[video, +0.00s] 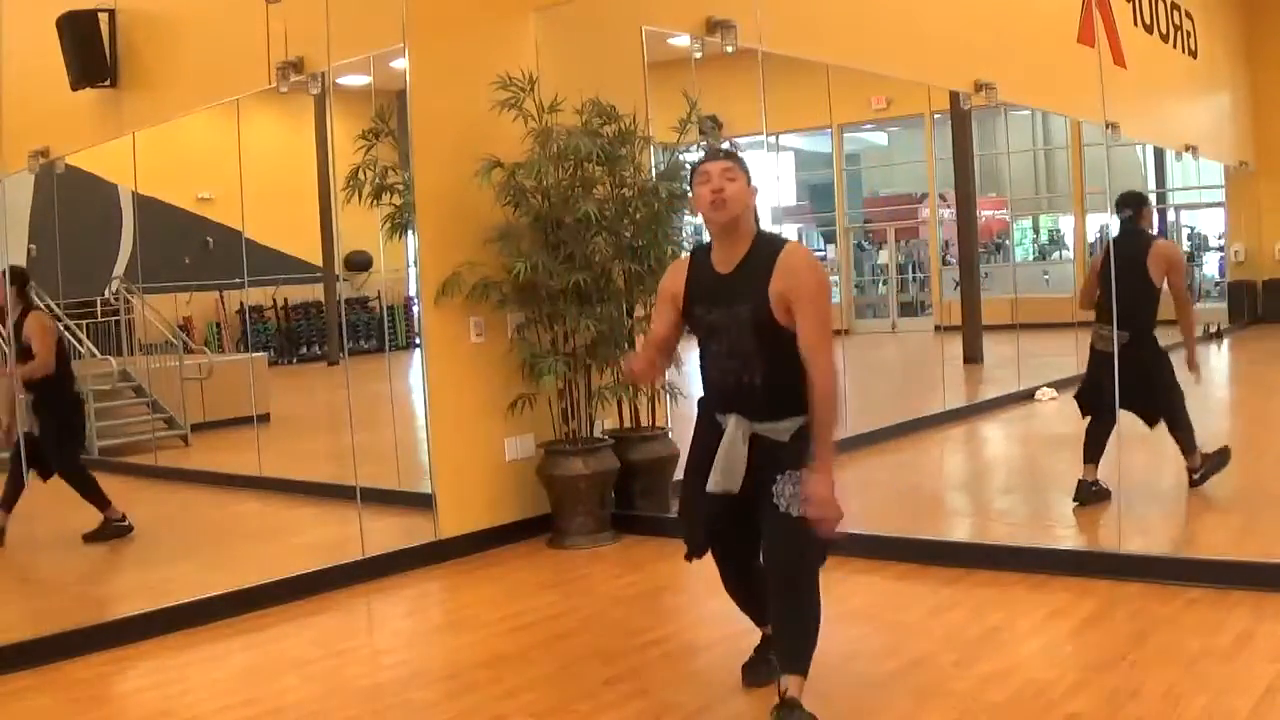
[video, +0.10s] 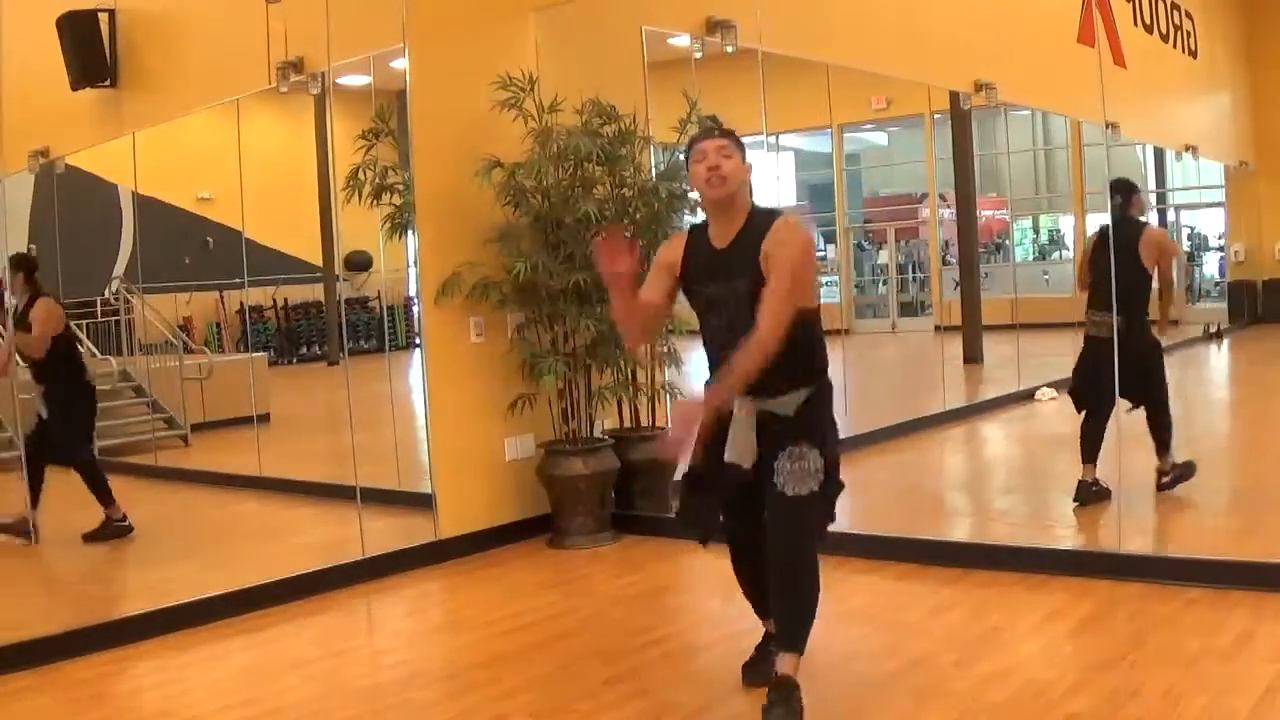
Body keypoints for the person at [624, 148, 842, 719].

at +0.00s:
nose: (717, 188)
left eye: (728, 178)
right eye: (705, 182)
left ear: (752, 191)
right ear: (694, 202)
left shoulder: (795, 266)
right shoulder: (683, 274)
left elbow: (822, 371)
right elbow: (657, 351)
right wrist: (645, 363)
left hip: (789, 434)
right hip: (721, 433)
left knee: (790, 564)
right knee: (731, 553)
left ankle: (791, 694)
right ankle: (773, 631)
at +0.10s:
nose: (713, 165)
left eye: (724, 155)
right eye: (701, 160)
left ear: (746, 168)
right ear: (691, 181)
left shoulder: (784, 232)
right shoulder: (680, 249)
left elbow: (771, 331)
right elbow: (637, 332)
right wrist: (619, 284)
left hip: (795, 406)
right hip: (732, 408)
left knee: (791, 535)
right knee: (743, 533)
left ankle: (787, 668)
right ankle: (775, 628)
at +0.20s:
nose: (711, 158)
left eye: (722, 149)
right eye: (699, 153)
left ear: (744, 164)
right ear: (689, 174)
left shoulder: (779, 223)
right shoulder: (676, 238)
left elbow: (731, 298)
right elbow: (624, 293)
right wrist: (611, 223)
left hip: (803, 397)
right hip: (740, 403)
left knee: (786, 522)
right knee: (754, 523)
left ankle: (798, 644)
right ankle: (775, 633)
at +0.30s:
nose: (708, 167)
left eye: (719, 156)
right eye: (696, 160)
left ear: (739, 167)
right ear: (684, 178)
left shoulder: (770, 225)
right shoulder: (676, 238)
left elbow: (705, 285)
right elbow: (633, 295)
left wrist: (623, 239)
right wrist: (615, 226)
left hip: (803, 391)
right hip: (743, 395)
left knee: (778, 512)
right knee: (754, 519)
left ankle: (817, 602)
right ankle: (778, 632)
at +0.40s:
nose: (700, 191)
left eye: (711, 176)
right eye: (689, 181)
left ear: (735, 171)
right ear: (679, 186)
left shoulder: (774, 224)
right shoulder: (679, 237)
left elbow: (726, 305)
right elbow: (662, 302)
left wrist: (644, 297)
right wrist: (625, 290)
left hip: (802, 388)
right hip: (742, 392)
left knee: (773, 515)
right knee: (753, 514)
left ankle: (832, 559)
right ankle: (779, 635)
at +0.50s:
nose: (699, 214)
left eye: (706, 198)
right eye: (687, 205)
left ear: (731, 180)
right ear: (678, 201)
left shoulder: (784, 229)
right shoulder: (683, 241)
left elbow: (785, 334)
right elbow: (669, 332)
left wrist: (756, 419)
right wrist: (662, 411)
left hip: (798, 392)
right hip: (734, 395)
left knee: (776, 509)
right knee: (749, 515)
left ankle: (828, 555)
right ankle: (777, 637)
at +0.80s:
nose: (720, 220)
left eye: (730, 202)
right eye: (705, 208)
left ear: (752, 193)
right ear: (692, 209)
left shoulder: (799, 232)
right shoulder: (679, 245)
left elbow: (869, 197)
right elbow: (706, 307)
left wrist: (919, 173)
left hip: (803, 415)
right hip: (735, 420)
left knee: (802, 543)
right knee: (752, 537)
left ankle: (802, 685)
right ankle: (776, 632)